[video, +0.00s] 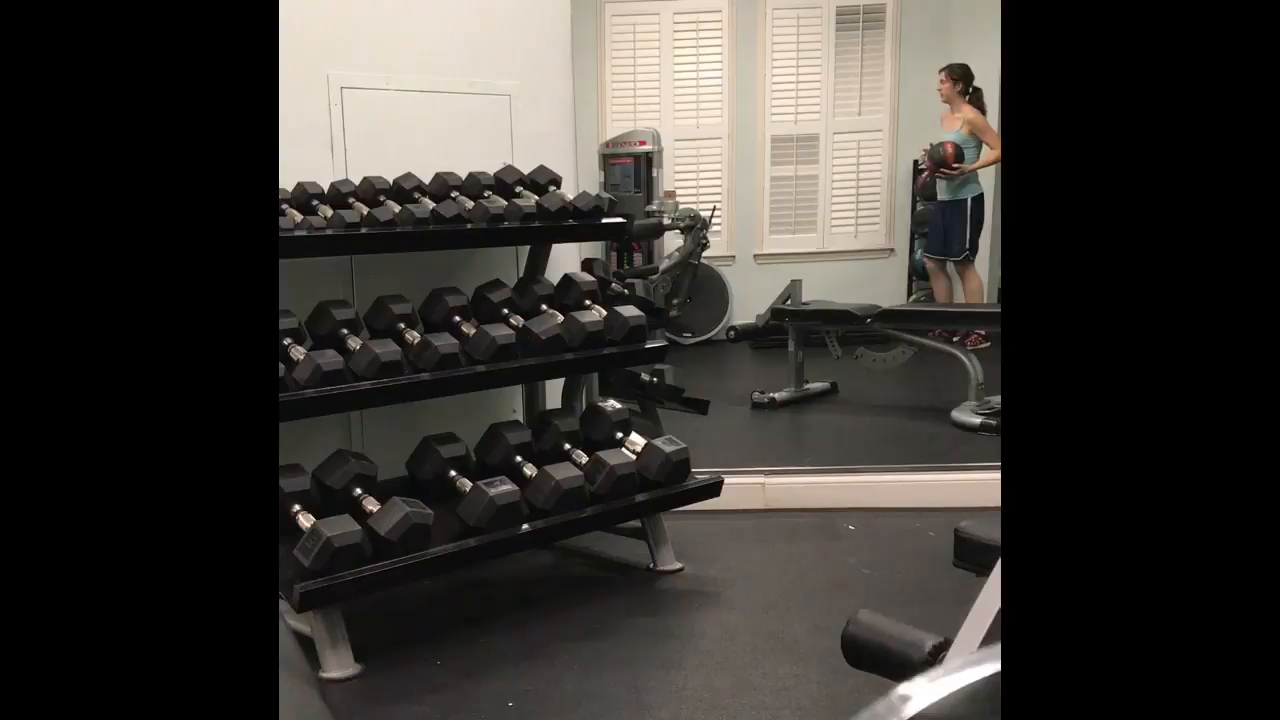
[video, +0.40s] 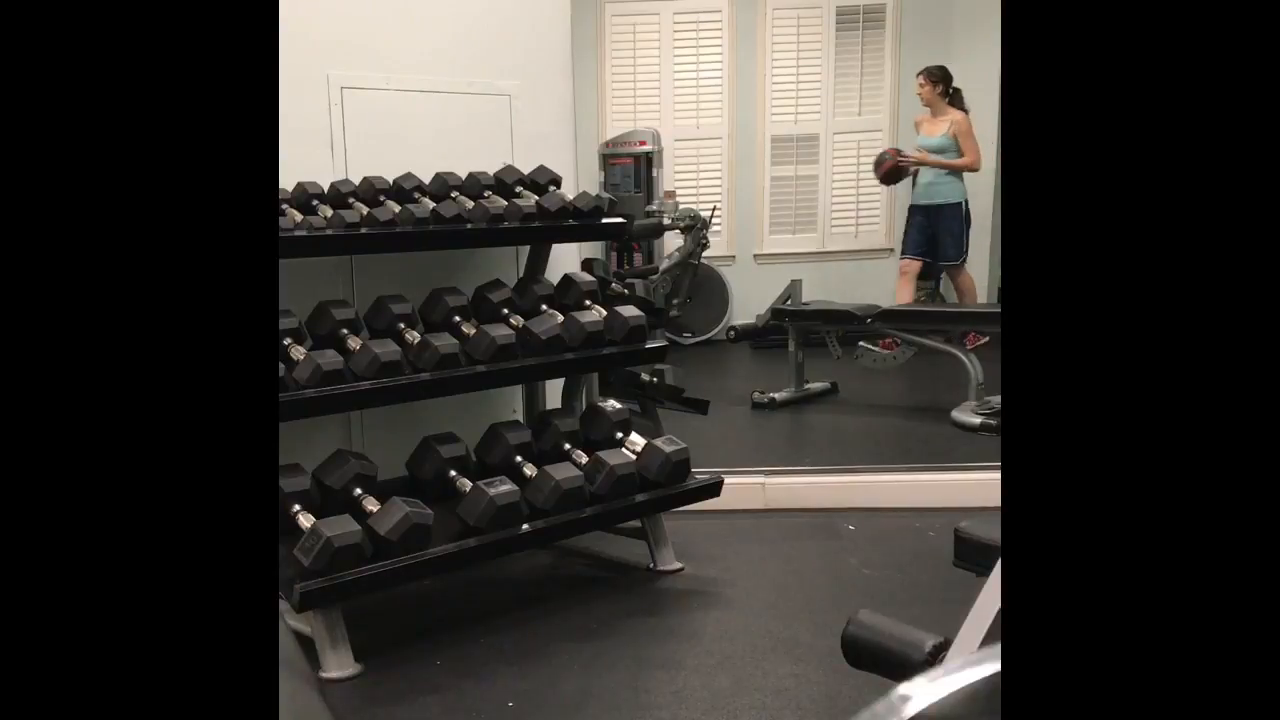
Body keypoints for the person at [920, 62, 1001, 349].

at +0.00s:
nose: (938, 86)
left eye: (943, 82)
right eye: (939, 81)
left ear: (957, 85)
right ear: (951, 85)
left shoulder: (972, 116)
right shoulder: (947, 116)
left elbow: (999, 149)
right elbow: (953, 152)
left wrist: (970, 168)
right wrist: (931, 158)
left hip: (966, 199)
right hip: (944, 198)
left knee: (963, 263)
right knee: (933, 261)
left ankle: (978, 328)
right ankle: (947, 324)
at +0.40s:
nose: (918, 92)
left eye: (922, 86)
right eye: (917, 87)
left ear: (938, 87)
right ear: (929, 89)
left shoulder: (958, 119)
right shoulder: (920, 122)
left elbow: (973, 163)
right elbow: (930, 159)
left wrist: (929, 160)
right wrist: (907, 165)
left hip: (950, 204)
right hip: (920, 204)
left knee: (954, 268)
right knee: (907, 268)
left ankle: (975, 326)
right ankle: (901, 332)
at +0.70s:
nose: (880, 92)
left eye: (884, 87)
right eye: (880, 87)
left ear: (901, 88)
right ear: (895, 89)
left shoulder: (920, 117)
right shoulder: (889, 124)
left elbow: (935, 160)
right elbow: (896, 165)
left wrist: (887, 163)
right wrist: (866, 170)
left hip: (914, 203)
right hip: (888, 202)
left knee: (909, 274)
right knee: (876, 271)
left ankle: (951, 317)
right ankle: (889, 336)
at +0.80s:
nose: (870, 92)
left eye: (874, 86)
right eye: (870, 87)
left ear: (891, 87)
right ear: (885, 88)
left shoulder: (909, 116)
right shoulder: (880, 122)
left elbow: (926, 159)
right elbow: (884, 167)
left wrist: (879, 158)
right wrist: (857, 170)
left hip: (901, 201)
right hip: (878, 202)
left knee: (886, 271)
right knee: (872, 273)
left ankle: (928, 321)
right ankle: (888, 338)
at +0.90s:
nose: (860, 91)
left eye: (864, 86)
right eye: (860, 86)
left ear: (881, 86)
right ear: (873, 87)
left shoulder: (899, 115)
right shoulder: (870, 121)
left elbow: (918, 157)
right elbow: (874, 168)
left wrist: (875, 156)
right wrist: (849, 164)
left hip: (893, 199)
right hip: (870, 199)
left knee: (867, 268)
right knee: (866, 270)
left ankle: (892, 325)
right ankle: (882, 328)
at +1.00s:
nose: (850, 91)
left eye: (854, 85)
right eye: (849, 86)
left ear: (870, 86)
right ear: (861, 87)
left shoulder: (890, 115)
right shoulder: (860, 119)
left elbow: (912, 156)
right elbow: (861, 166)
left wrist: (872, 159)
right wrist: (842, 160)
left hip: (883, 201)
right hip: (861, 201)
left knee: (853, 270)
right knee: (869, 274)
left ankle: (858, 346)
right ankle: (890, 337)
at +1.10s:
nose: (841, 91)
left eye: (845, 86)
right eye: (840, 86)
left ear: (862, 87)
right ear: (854, 88)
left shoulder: (879, 117)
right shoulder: (850, 122)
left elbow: (905, 156)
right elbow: (852, 165)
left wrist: (870, 168)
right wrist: (833, 164)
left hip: (871, 204)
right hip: (851, 204)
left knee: (842, 274)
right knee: (865, 275)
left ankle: (833, 345)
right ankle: (889, 336)